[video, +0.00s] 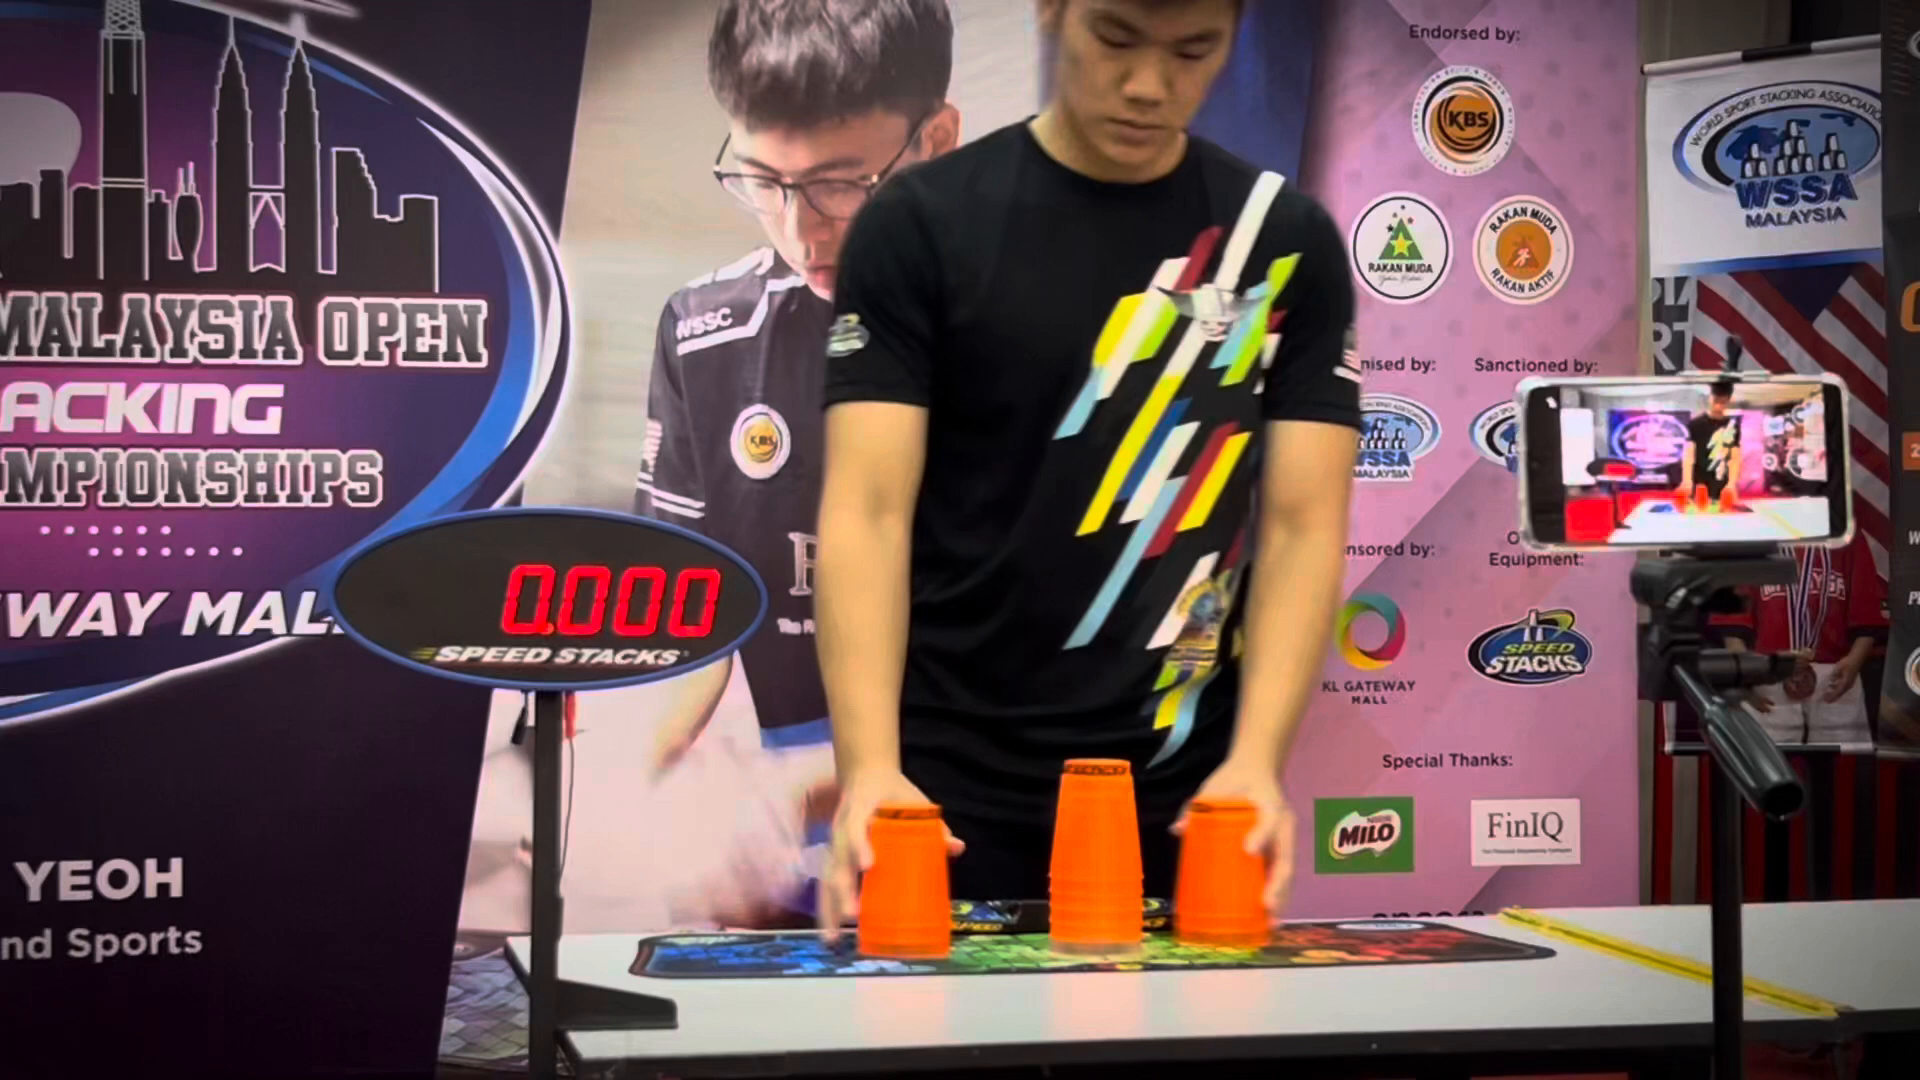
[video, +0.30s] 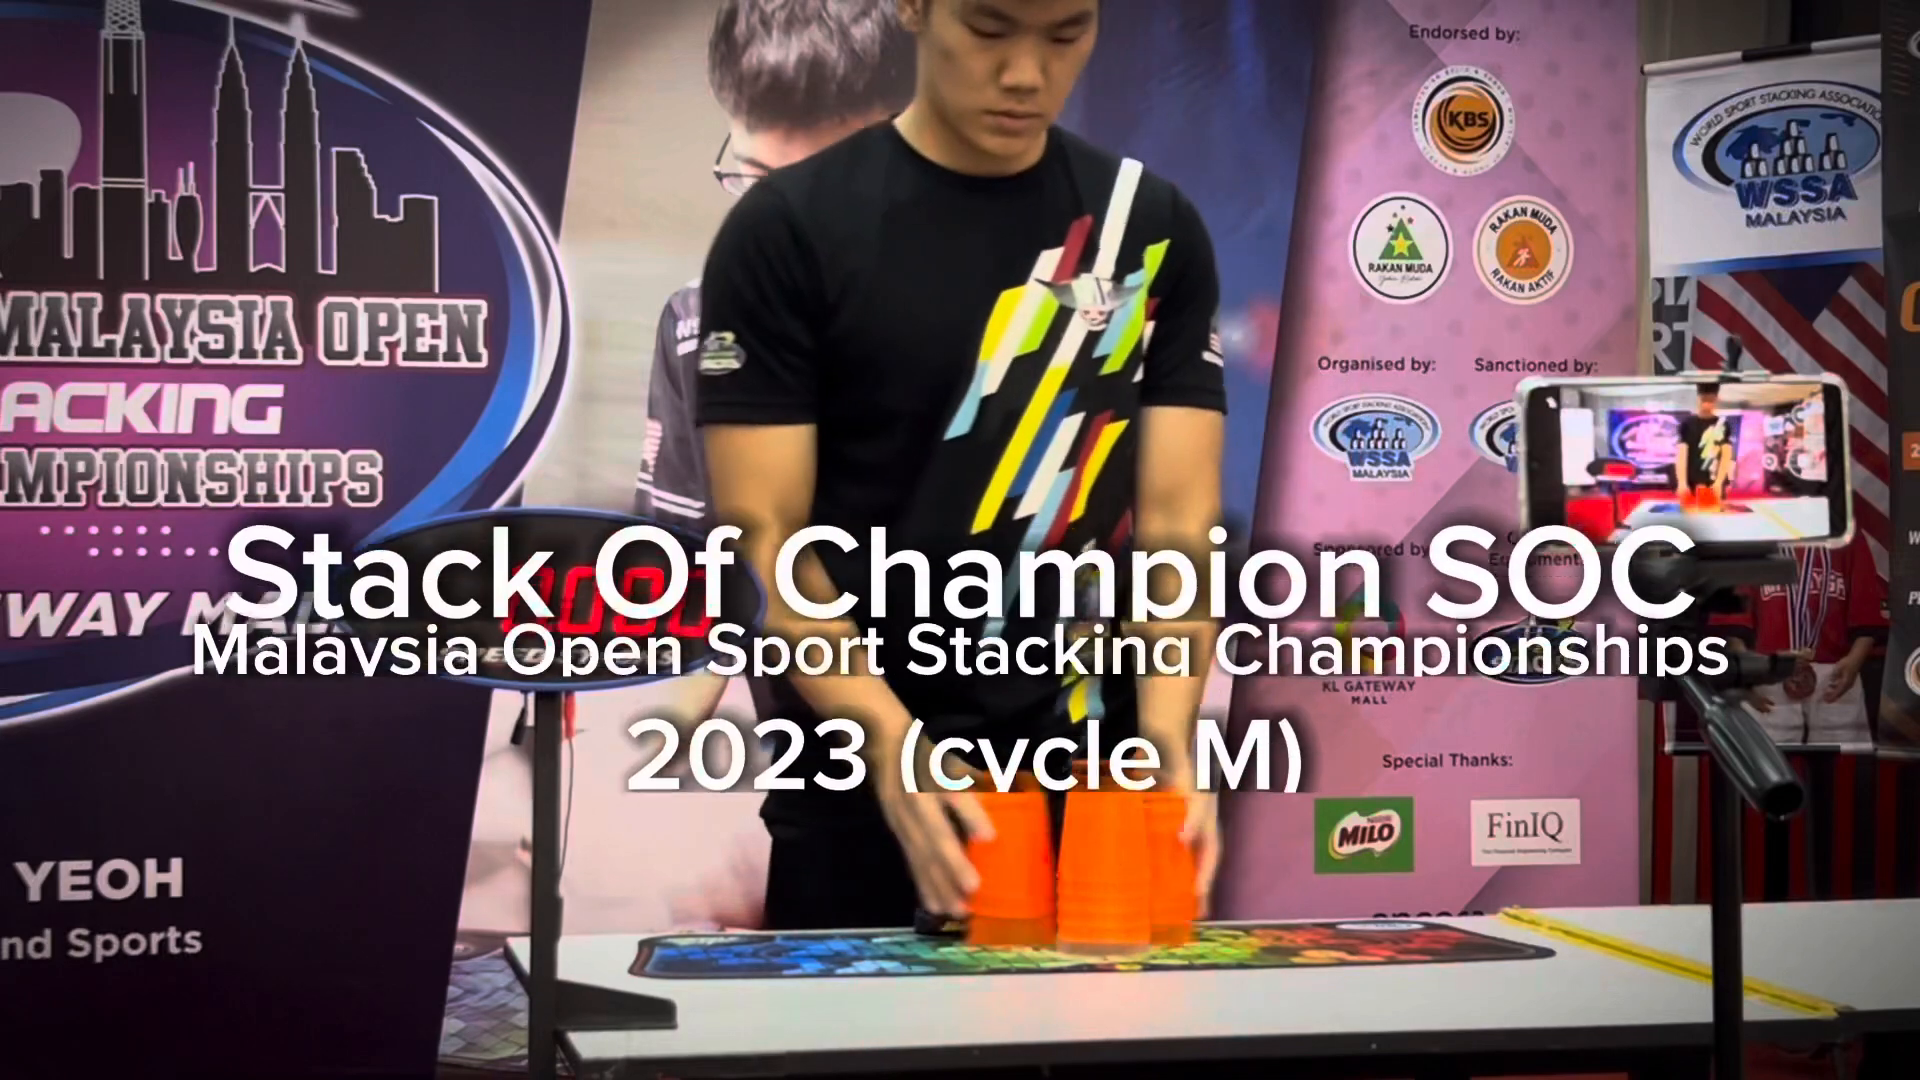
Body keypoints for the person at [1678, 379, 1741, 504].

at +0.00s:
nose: (1718, 406)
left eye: (1723, 402)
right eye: (1715, 401)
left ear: (1729, 402)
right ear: (1709, 399)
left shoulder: (1732, 425)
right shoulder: (1695, 424)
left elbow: (1735, 456)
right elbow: (1689, 456)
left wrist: (1732, 484)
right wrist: (1686, 483)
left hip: (1722, 486)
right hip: (1700, 485)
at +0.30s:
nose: (1706, 405)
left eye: (1710, 400)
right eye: (1704, 400)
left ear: (1715, 400)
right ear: (1698, 400)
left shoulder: (1722, 425)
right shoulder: (1688, 424)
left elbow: (1725, 455)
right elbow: (1682, 455)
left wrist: (1718, 483)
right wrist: (1682, 483)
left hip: (1713, 487)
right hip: (1691, 486)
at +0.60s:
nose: (1695, 405)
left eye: (1699, 400)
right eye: (1692, 400)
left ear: (1704, 400)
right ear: (1685, 400)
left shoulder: (1711, 424)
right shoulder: (1676, 425)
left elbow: (1716, 453)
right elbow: (1672, 457)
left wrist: (1714, 479)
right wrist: (1681, 481)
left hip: (1706, 484)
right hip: (1685, 485)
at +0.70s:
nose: (1694, 405)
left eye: (1697, 400)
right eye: (1690, 400)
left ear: (1703, 400)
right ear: (1684, 399)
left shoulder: (1709, 423)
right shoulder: (1676, 425)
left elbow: (1716, 454)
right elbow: (1672, 457)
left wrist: (1719, 482)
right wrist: (1675, 484)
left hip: (1706, 482)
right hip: (1685, 483)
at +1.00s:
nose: (1700, 406)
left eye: (1704, 402)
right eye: (1697, 401)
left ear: (1710, 402)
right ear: (1692, 402)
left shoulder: (1716, 427)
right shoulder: (1682, 425)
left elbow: (1720, 454)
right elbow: (1672, 453)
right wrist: (1671, 478)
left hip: (1708, 476)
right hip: (1685, 476)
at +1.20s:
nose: (1711, 410)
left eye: (1715, 406)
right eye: (1708, 405)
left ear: (1719, 407)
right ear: (1702, 405)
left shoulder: (1722, 430)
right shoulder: (1689, 429)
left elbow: (1726, 457)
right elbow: (1684, 458)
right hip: (1694, 485)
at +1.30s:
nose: (1714, 410)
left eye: (1718, 406)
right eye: (1711, 405)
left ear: (1721, 408)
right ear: (1705, 405)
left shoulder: (1725, 429)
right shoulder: (1693, 428)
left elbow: (1728, 457)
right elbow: (1688, 458)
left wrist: (1729, 482)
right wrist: (1685, 484)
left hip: (1719, 484)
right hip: (1697, 482)